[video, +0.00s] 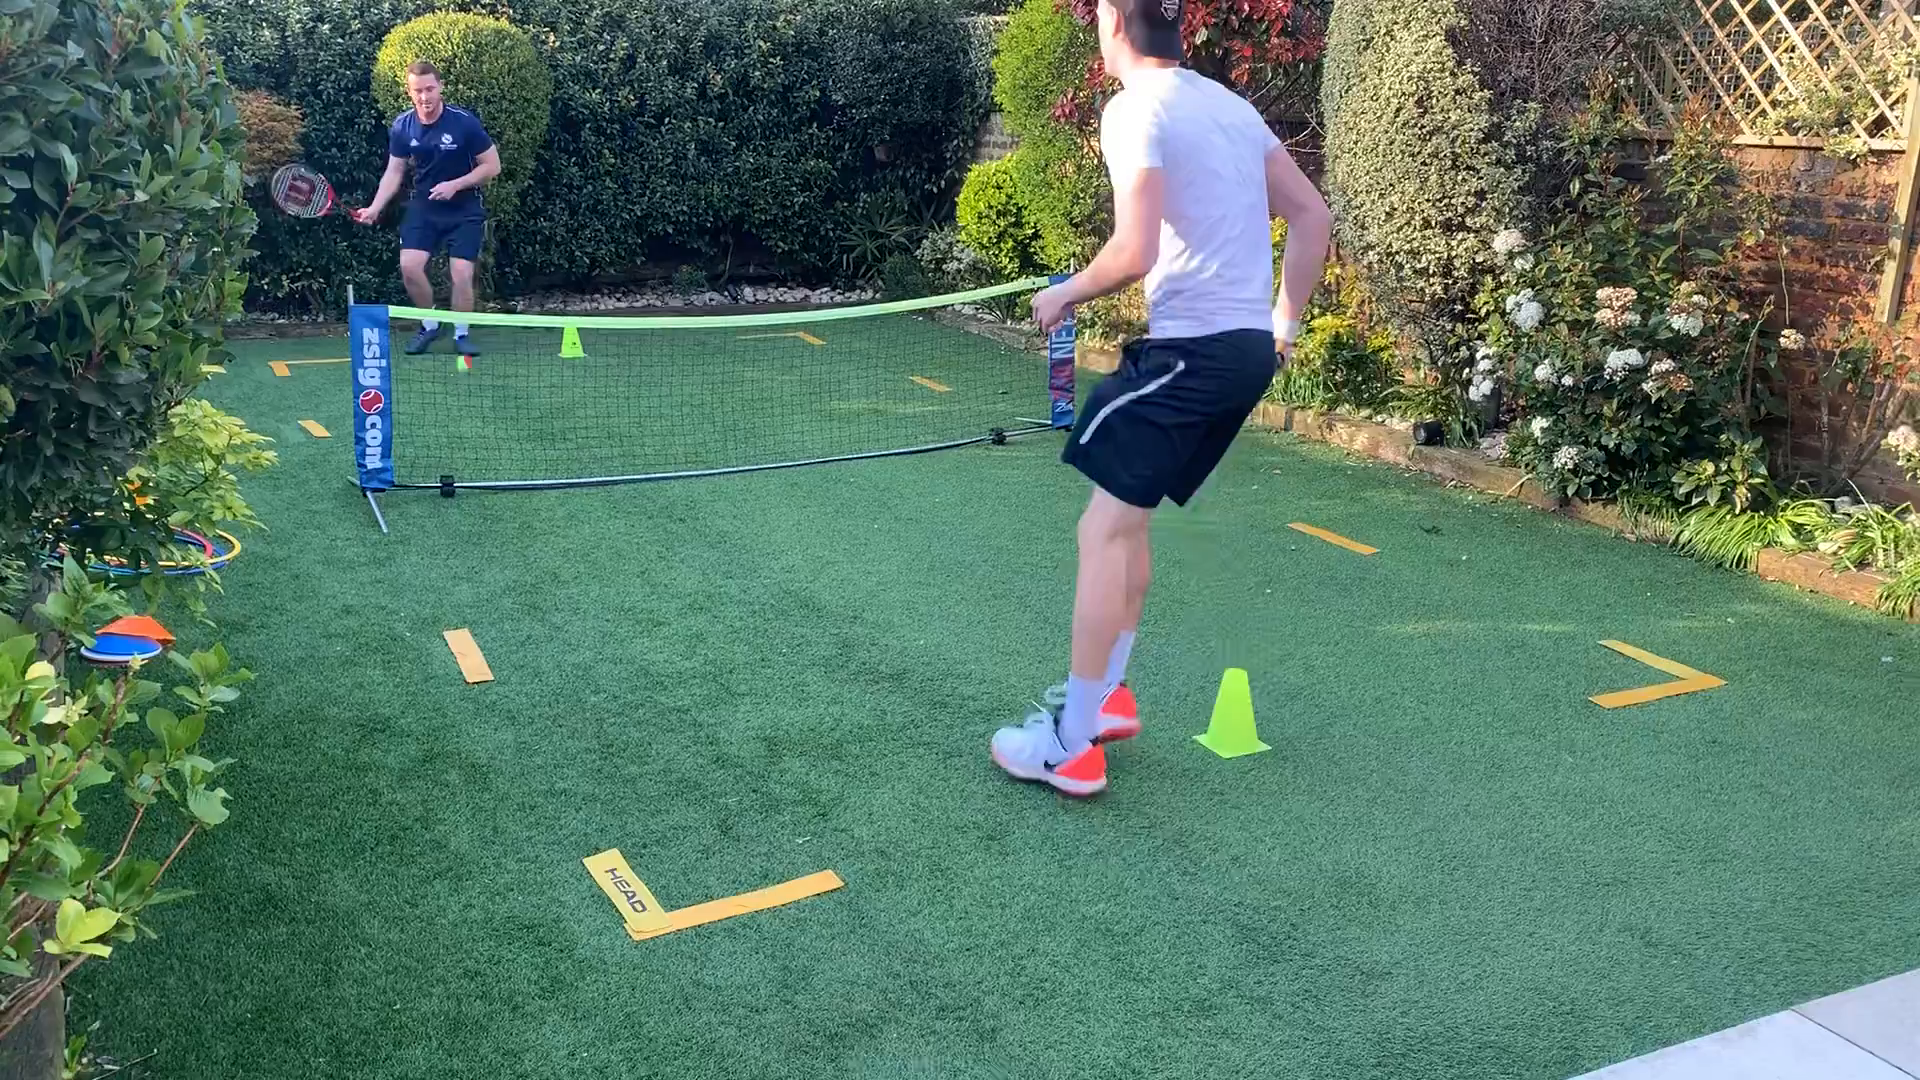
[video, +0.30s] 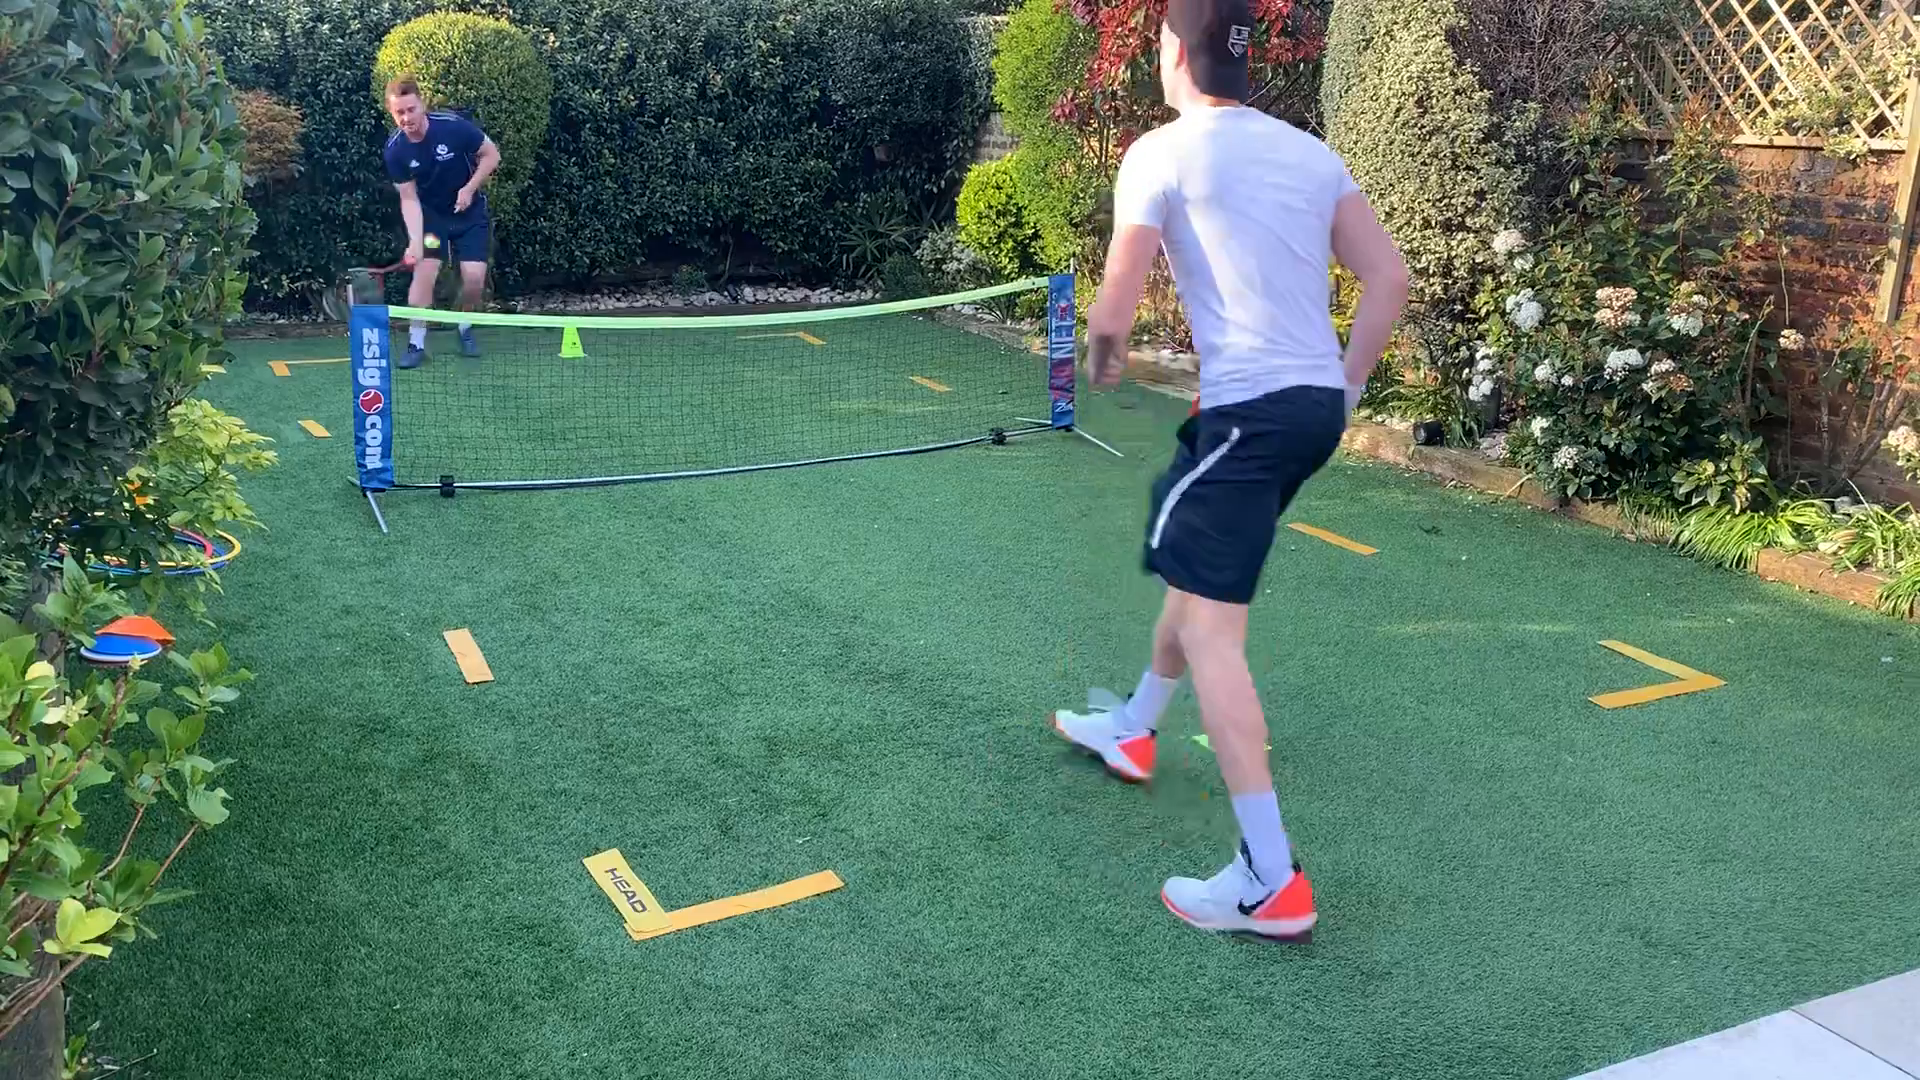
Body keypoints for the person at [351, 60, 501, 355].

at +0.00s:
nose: (425, 96)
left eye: (430, 89)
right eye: (419, 91)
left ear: (440, 89)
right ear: (410, 94)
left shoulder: (465, 123)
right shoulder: (402, 127)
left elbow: (492, 166)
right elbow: (393, 172)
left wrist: (455, 184)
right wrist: (374, 208)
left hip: (464, 208)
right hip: (422, 206)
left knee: (461, 272)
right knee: (410, 267)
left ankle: (461, 335)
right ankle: (430, 325)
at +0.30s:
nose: (406, 118)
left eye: (411, 110)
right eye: (399, 113)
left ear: (423, 105)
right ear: (392, 114)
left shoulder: (455, 128)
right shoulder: (395, 151)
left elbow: (491, 154)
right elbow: (408, 198)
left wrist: (470, 188)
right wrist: (415, 242)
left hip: (470, 211)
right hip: (431, 214)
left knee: (475, 275)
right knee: (424, 271)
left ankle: (465, 327)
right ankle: (416, 344)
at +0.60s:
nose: (452, 105)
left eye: (457, 98)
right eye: (445, 100)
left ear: (468, 98)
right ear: (435, 104)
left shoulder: (488, 124)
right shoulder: (434, 141)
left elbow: (523, 150)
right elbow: (447, 190)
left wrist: (510, 177)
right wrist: (467, 200)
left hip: (498, 207)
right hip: (458, 213)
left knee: (525, 268)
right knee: (439, 276)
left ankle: (551, 342)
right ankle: (416, 344)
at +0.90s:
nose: (537, 91)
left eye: (542, 84)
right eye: (530, 85)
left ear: (554, 86)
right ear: (521, 91)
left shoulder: (579, 116)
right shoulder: (516, 131)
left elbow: (608, 140)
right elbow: (504, 181)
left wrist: (594, 162)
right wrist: (530, 184)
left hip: (580, 212)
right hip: (537, 214)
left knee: (584, 277)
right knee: (518, 277)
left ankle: (583, 348)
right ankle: (503, 347)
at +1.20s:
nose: (604, 106)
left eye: (609, 99)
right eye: (597, 101)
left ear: (619, 100)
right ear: (588, 105)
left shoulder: (639, 132)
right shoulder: (582, 145)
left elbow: (668, 163)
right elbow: (569, 195)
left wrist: (649, 176)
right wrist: (597, 203)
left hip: (650, 217)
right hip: (613, 223)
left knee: (688, 279)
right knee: (622, 276)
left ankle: (718, 327)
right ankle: (643, 349)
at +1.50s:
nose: (642, 105)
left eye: (648, 98)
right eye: (636, 99)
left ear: (659, 94)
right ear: (626, 97)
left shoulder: (679, 122)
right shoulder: (620, 129)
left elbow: (712, 156)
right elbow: (614, 165)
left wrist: (682, 171)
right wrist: (633, 182)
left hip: (682, 201)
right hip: (643, 202)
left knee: (708, 269)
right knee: (632, 262)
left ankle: (734, 329)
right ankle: (649, 326)